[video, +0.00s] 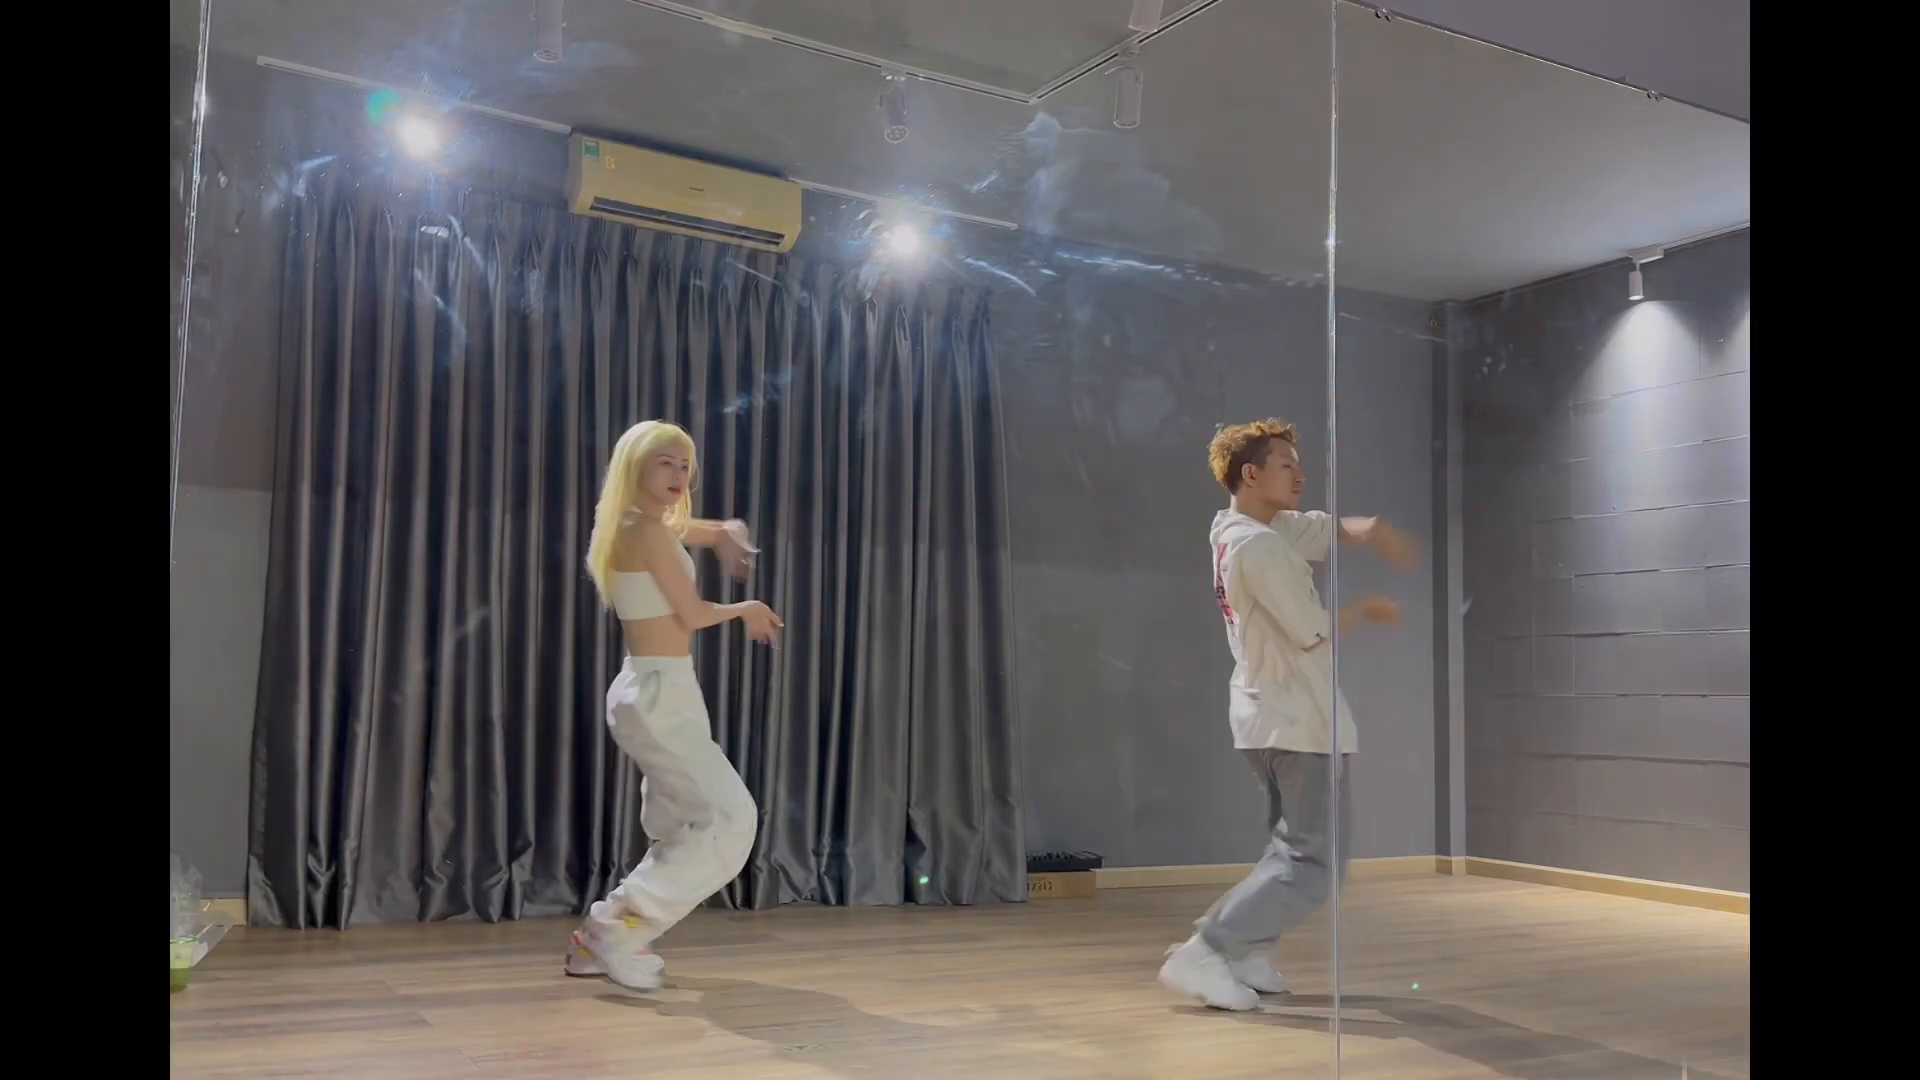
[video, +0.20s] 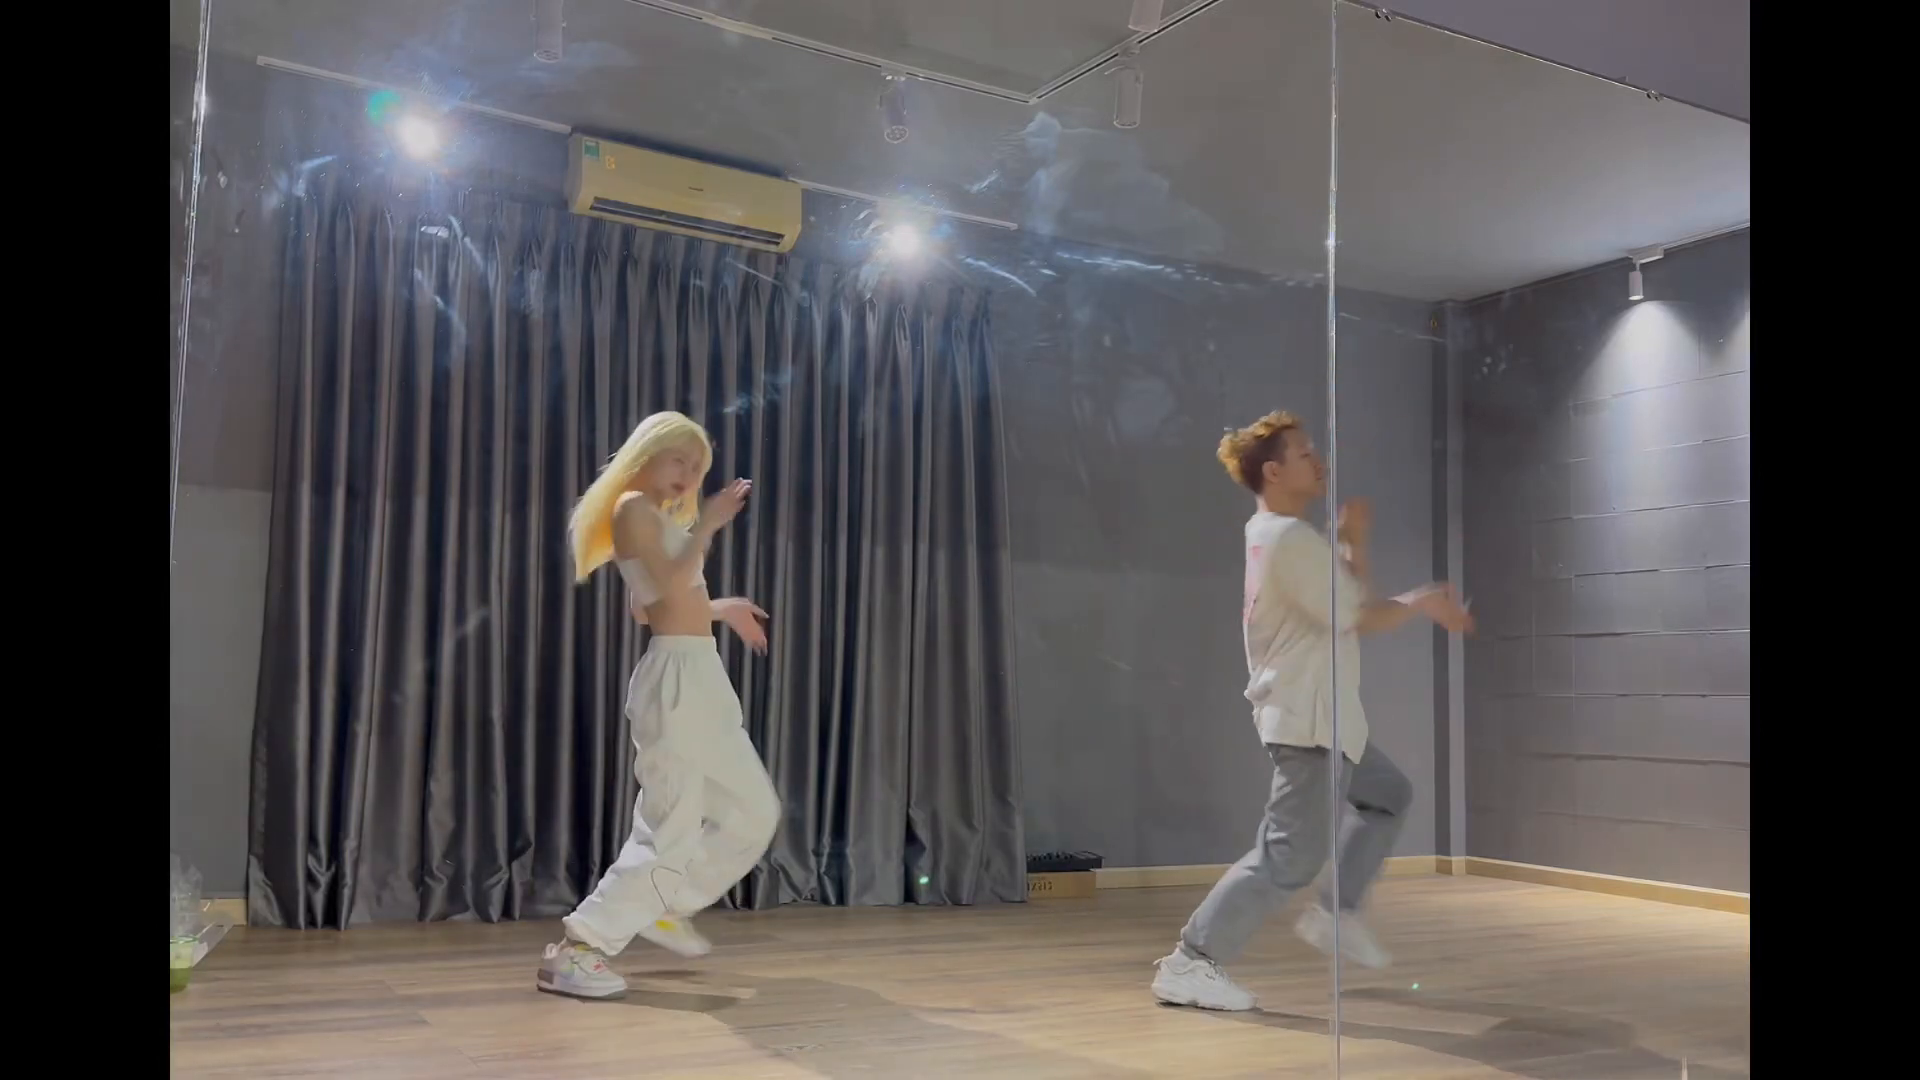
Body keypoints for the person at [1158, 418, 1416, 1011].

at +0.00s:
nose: (1299, 475)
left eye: (1298, 465)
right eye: (1288, 465)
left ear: (1255, 478)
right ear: (1250, 475)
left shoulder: (1236, 529)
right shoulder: (1261, 543)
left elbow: (1325, 529)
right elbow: (1311, 632)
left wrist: (1372, 531)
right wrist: (1363, 613)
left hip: (1266, 716)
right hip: (1296, 720)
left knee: (1292, 843)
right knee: (1315, 862)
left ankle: (1244, 953)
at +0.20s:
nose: (1320, 463)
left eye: (1315, 452)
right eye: (1306, 455)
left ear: (1275, 475)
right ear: (1272, 473)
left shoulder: (1273, 532)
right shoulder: (1292, 540)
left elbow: (1346, 597)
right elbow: (1358, 616)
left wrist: (1355, 542)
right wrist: (1421, 605)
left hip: (1307, 715)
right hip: (1307, 721)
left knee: (1390, 794)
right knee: (1288, 856)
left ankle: (1336, 910)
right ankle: (1190, 961)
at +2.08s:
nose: (1258, 479)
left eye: (1269, 465)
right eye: (1244, 468)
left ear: (1288, 462)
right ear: (1225, 470)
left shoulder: (1321, 535)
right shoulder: (1210, 524)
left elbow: (1301, 621)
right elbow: (1173, 550)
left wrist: (1213, 602)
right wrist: (1176, 467)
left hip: (1344, 691)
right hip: (1272, 709)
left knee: (1350, 815)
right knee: (1242, 829)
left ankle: (1358, 950)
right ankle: (1254, 956)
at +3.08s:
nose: (1331, 397)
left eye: (1341, 386)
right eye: (1316, 389)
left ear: (1358, 398)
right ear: (1292, 404)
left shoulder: (1385, 466)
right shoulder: (1275, 471)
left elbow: (1451, 475)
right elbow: (1314, 550)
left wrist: (1426, 396)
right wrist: (1405, 560)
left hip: (1367, 660)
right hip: (1284, 661)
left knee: (1390, 798)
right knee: (1258, 798)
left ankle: (1405, 935)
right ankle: (1231, 939)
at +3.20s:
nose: (1337, 404)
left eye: (1346, 393)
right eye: (1321, 397)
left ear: (1361, 406)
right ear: (1295, 415)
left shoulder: (1393, 469)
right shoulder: (1278, 487)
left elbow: (1464, 458)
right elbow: (1319, 557)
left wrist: (1427, 392)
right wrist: (1419, 557)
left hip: (1361, 671)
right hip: (1277, 668)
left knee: (1387, 808)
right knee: (1251, 802)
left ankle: (1401, 943)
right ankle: (1229, 941)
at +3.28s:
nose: (1345, 427)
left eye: (1353, 416)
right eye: (1330, 418)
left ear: (1365, 424)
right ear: (1301, 430)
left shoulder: (1391, 486)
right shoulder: (1277, 494)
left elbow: (1450, 498)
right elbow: (1319, 558)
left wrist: (1430, 419)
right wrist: (1426, 562)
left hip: (1373, 685)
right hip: (1284, 679)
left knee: (1393, 817)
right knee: (1230, 779)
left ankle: (1398, 949)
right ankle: (1229, 934)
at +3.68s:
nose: (1353, 467)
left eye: (1363, 455)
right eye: (1341, 453)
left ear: (1373, 458)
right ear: (1309, 452)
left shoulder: (1380, 520)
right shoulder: (1271, 499)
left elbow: (1421, 558)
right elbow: (1323, 559)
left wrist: (1426, 486)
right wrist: (1408, 581)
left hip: (1385, 699)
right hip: (1296, 695)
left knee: (1403, 824)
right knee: (1225, 784)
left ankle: (1400, 953)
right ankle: (1236, 935)